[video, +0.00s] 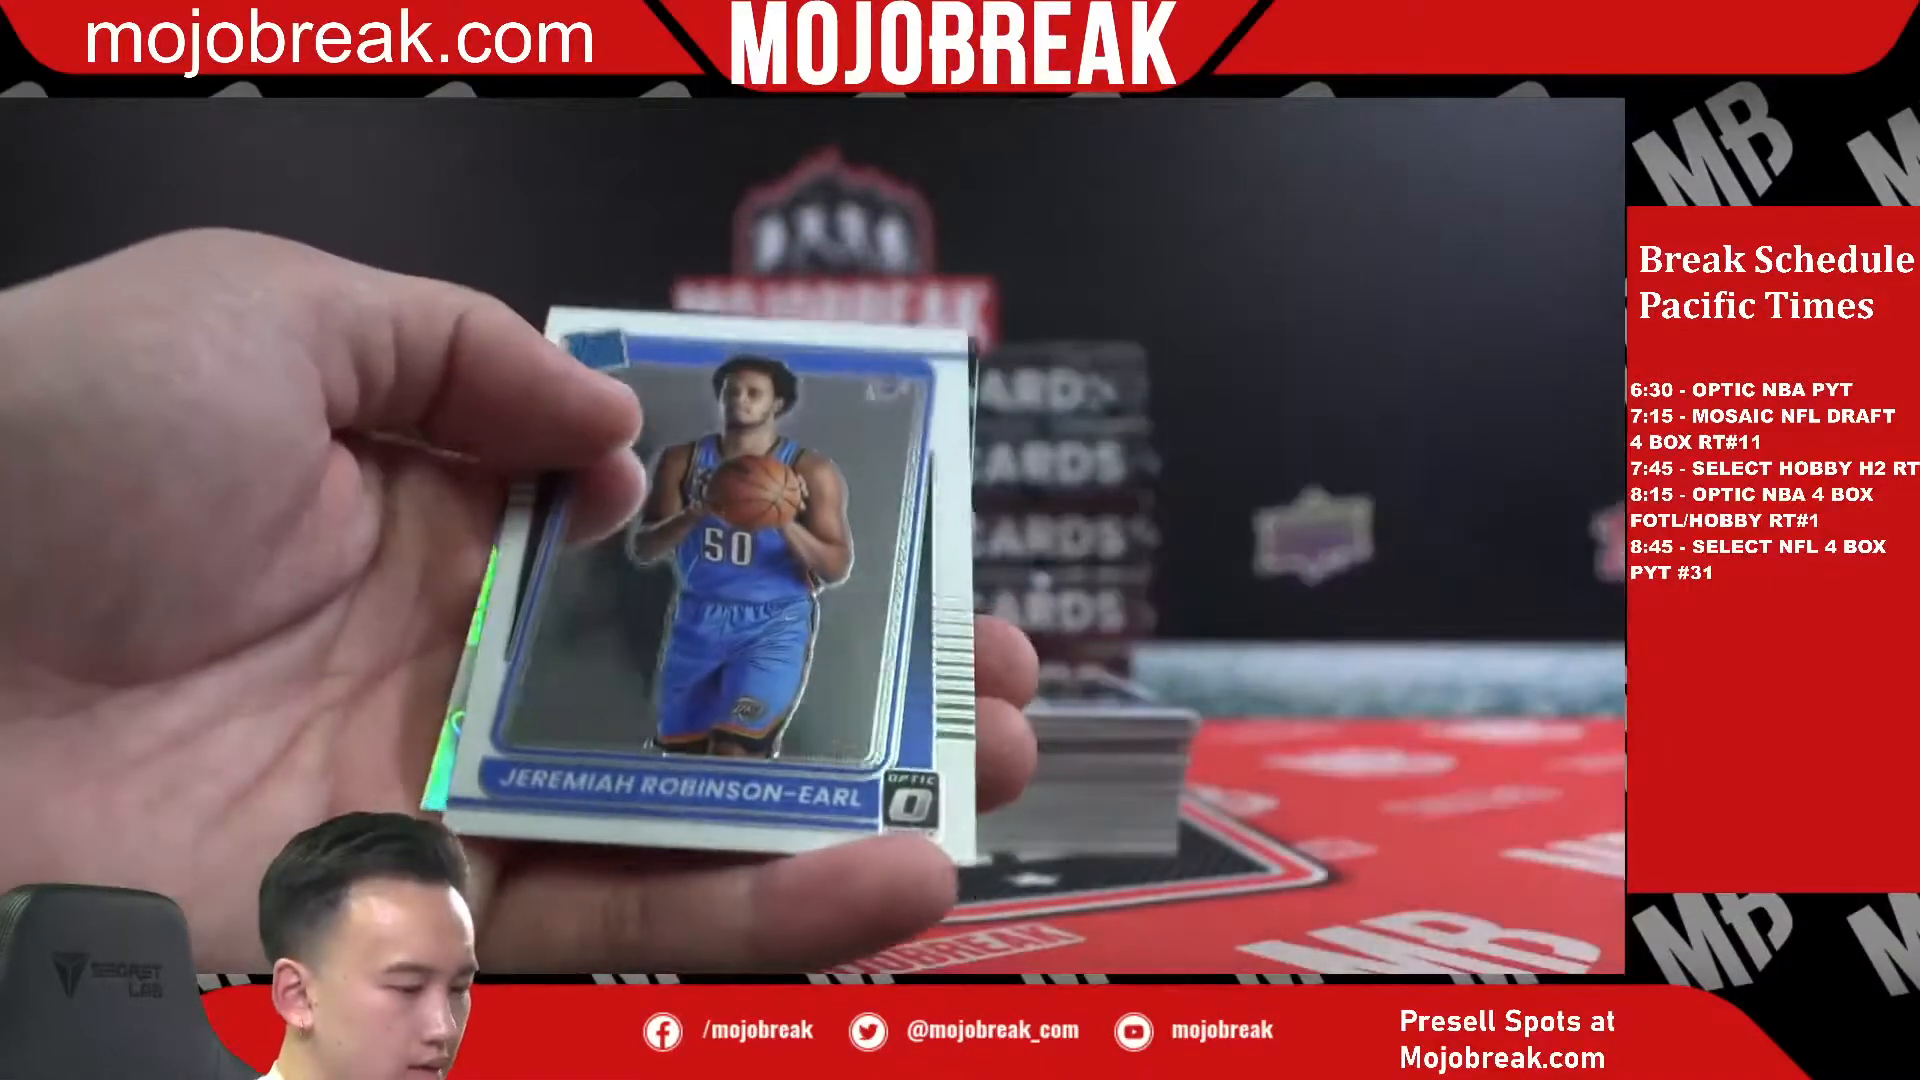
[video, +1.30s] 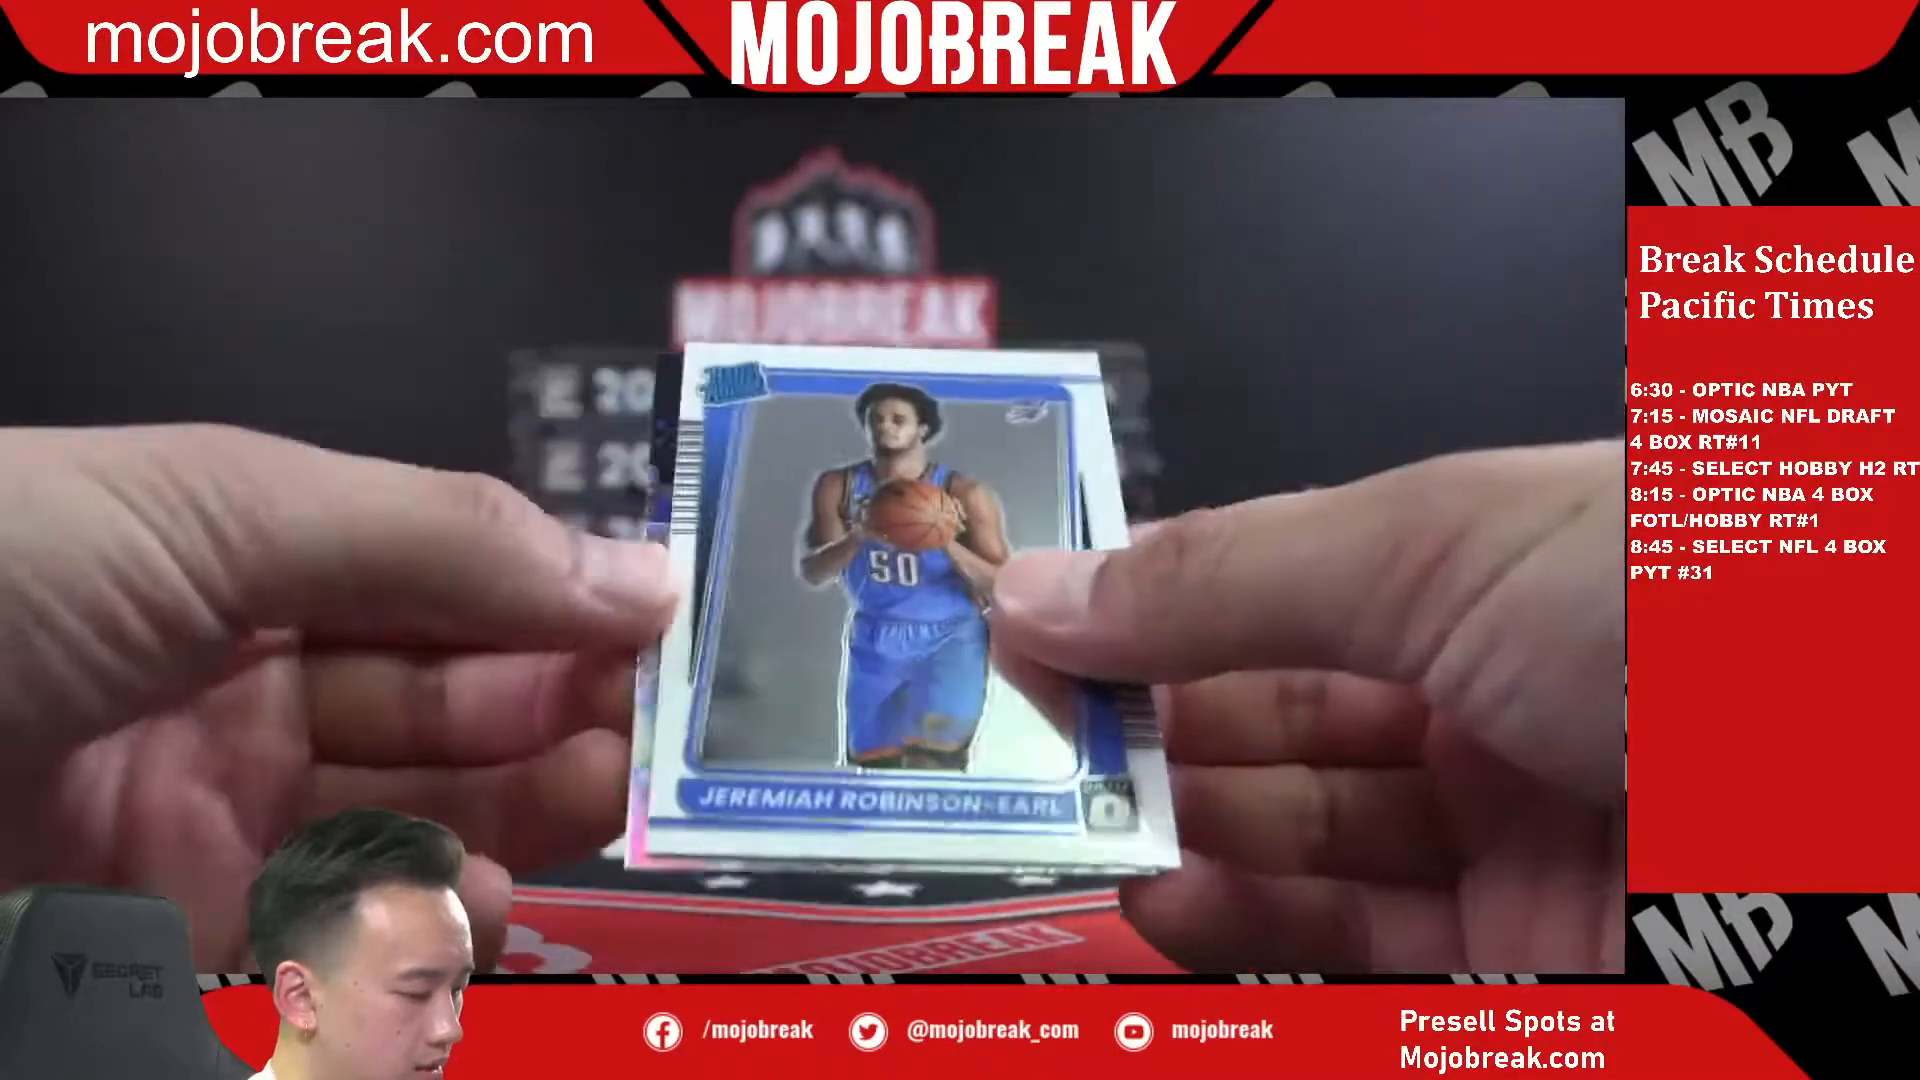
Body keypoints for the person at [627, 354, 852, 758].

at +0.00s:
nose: (740, 401)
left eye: (754, 393)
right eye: (732, 391)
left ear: (777, 405)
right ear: (721, 398)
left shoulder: (814, 473)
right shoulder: (681, 461)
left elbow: (837, 567)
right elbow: (642, 550)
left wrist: (786, 521)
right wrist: (695, 514)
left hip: (775, 627)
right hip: (695, 623)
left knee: (731, 757)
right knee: (680, 762)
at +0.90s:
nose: (770, 376)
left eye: (784, 367)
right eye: (762, 367)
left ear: (812, 379)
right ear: (751, 378)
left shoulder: (853, 450)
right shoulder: (719, 447)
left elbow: (880, 548)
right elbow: (690, 544)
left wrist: (831, 505)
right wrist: (737, 501)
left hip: (825, 614)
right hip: (747, 616)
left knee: (796, 754)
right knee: (741, 760)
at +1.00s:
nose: (793, 377)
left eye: (805, 365)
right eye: (784, 365)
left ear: (827, 376)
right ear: (772, 372)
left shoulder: (864, 443)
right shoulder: (741, 439)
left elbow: (898, 527)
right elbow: (707, 528)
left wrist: (849, 492)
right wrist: (742, 492)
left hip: (847, 589)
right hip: (771, 591)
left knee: (827, 707)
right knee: (760, 717)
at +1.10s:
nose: (871, 407)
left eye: (883, 397)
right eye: (864, 395)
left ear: (902, 409)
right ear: (850, 403)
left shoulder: (940, 473)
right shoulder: (823, 463)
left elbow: (967, 556)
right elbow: (791, 531)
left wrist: (914, 514)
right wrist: (819, 514)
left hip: (917, 611)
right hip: (843, 610)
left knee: (892, 719)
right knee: (831, 726)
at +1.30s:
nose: (887, 428)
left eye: (899, 419)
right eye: (877, 419)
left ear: (923, 429)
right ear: (866, 429)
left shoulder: (969, 496)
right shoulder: (837, 487)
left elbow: (1001, 587)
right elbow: (813, 573)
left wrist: (950, 542)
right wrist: (860, 535)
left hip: (950, 644)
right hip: (874, 646)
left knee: (930, 778)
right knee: (873, 782)